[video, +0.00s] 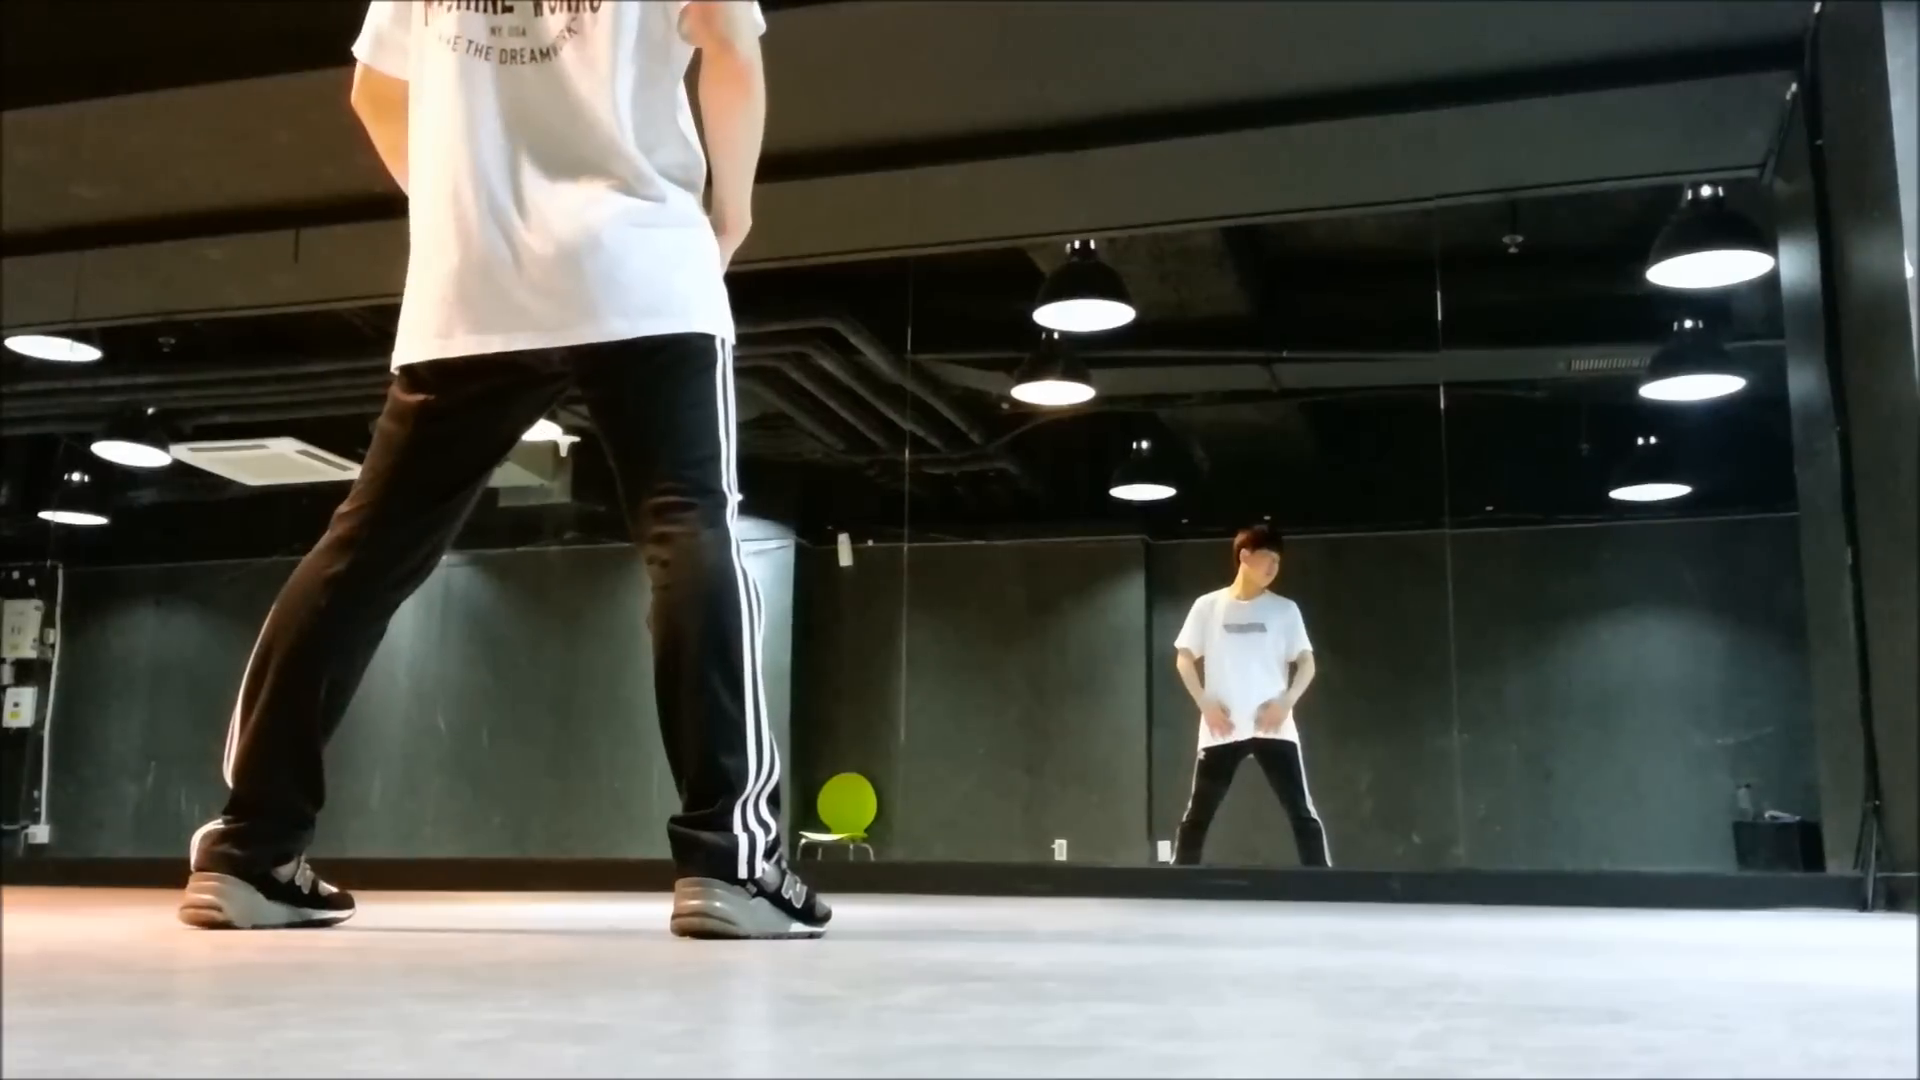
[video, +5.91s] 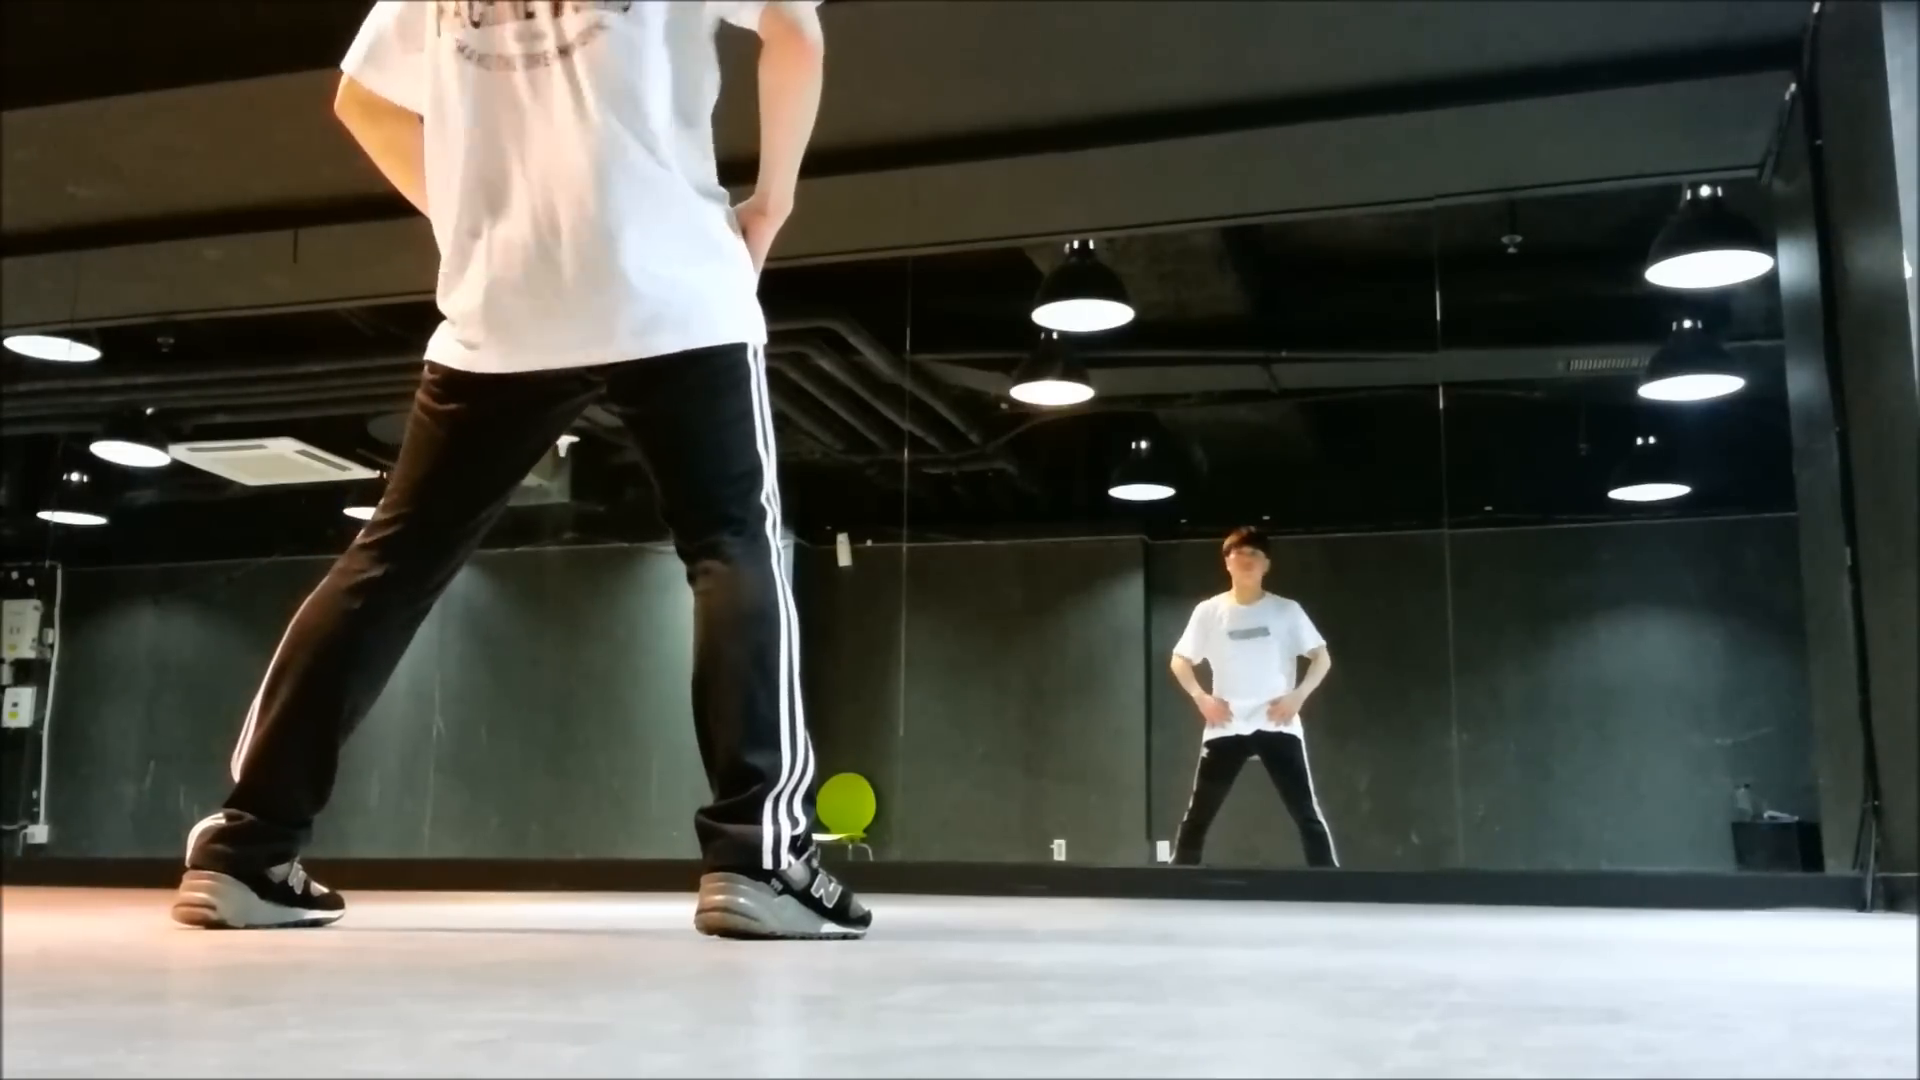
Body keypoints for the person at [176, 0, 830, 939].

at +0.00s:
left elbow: (377, 88)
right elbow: (728, 45)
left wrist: (460, 207)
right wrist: (730, 210)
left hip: (468, 255)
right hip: (637, 252)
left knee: (367, 549)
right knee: (688, 532)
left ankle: (246, 846)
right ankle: (730, 858)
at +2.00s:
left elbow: (364, 78)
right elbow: (731, 39)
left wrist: (463, 212)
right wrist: (725, 220)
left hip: (472, 273)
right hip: (642, 268)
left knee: (371, 557)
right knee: (719, 554)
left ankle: (244, 847)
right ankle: (761, 855)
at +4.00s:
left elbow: (379, 74)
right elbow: (771, 27)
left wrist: (474, 210)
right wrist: (741, 194)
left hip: (476, 260)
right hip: (646, 263)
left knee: (365, 553)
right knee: (725, 557)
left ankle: (235, 843)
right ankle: (762, 856)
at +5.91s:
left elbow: (365, 96)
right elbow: (794, 31)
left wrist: (476, 216)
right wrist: (773, 194)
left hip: (499, 275)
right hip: (667, 266)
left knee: (391, 559)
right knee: (735, 551)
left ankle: (243, 844)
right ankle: (758, 852)